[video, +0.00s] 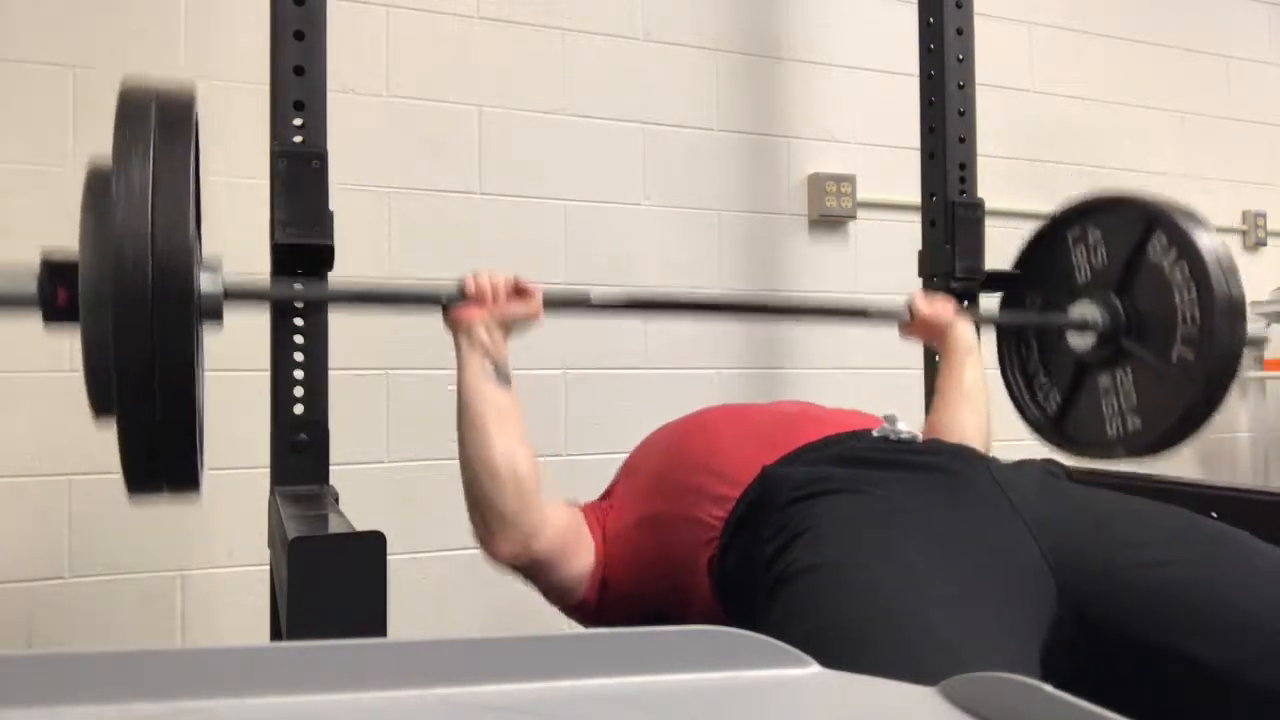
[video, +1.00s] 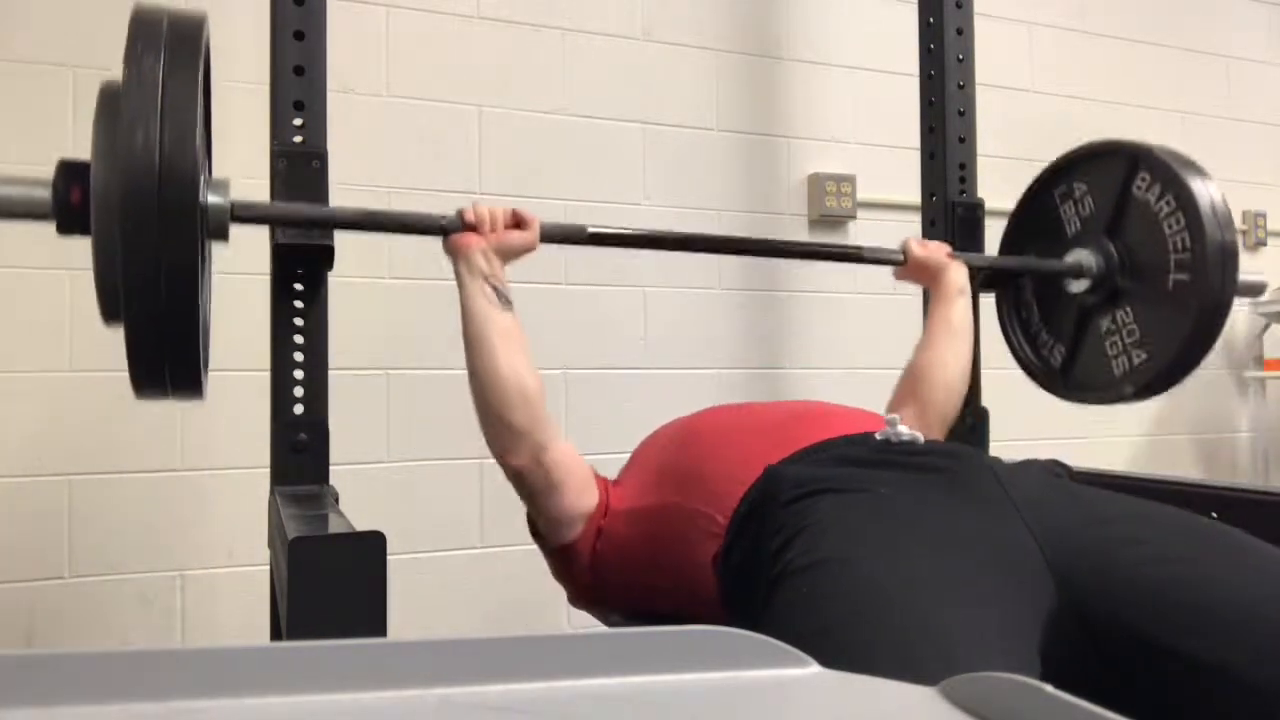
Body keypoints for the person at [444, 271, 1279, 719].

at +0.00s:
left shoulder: (866, 442)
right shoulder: (619, 545)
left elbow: (961, 464)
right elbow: (514, 526)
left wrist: (959, 341)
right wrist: (481, 354)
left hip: (1034, 488)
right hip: (846, 508)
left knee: (1270, 613)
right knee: (931, 672)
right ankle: (980, 702)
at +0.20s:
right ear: (644, 494)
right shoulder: (630, 526)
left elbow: (1021, 519)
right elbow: (544, 619)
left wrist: (978, 422)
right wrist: (491, 447)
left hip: (1019, 479)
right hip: (855, 501)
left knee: (1276, 616)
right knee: (942, 679)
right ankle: (980, 700)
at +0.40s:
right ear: (645, 481)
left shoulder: (857, 422)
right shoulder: (621, 532)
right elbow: (553, 633)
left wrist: (985, 459)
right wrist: (492, 496)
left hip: (1031, 487)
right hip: (853, 502)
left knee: (1270, 604)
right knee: (935, 685)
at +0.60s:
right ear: (645, 496)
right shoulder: (634, 520)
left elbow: (1002, 505)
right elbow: (542, 593)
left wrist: (983, 406)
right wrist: (489, 423)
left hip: (1019, 476)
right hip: (852, 494)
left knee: (1273, 615)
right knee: (938, 677)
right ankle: (981, 702)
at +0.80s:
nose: (759, 423)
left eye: (792, 428)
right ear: (646, 486)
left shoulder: (861, 442)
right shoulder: (617, 543)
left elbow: (958, 456)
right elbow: (520, 502)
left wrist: (964, 333)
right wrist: (482, 338)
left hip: (1037, 487)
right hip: (853, 508)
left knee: (1270, 616)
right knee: (931, 683)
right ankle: (973, 702)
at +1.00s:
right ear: (617, 496)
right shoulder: (606, 529)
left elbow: (922, 418)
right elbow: (523, 432)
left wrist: (950, 288)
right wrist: (478, 273)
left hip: (1013, 479)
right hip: (837, 502)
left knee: (1275, 611)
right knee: (944, 692)